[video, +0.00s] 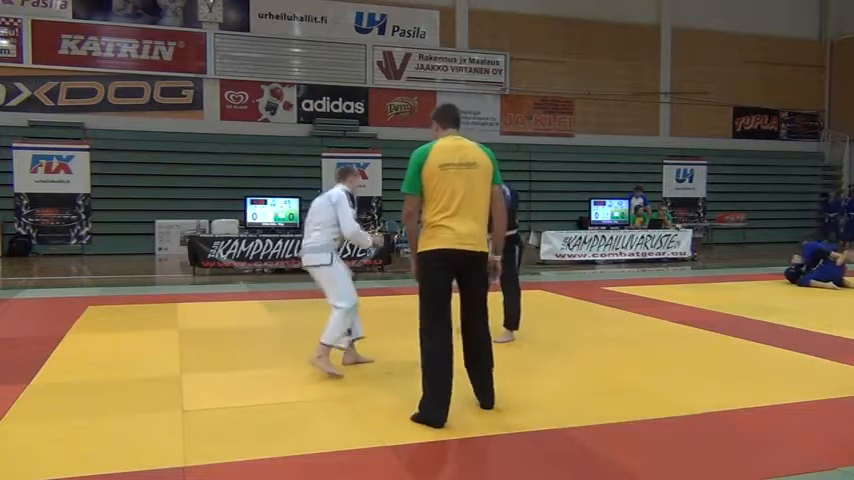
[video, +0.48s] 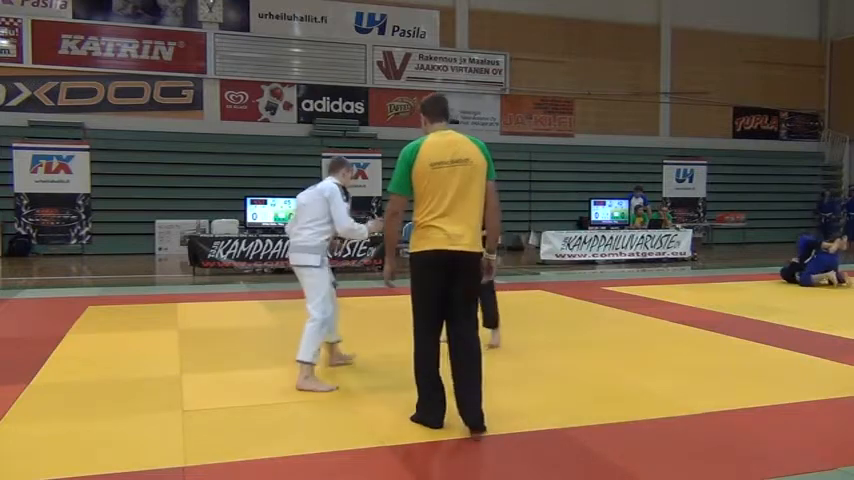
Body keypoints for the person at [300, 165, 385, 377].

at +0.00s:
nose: (359, 184)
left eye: (359, 180)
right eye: (358, 180)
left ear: (341, 179)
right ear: (350, 179)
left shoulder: (325, 197)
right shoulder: (341, 195)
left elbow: (324, 233)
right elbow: (350, 230)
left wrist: (339, 262)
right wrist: (371, 240)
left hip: (315, 255)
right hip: (321, 255)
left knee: (348, 299)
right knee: (346, 302)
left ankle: (350, 350)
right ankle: (321, 354)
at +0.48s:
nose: (352, 181)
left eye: (353, 177)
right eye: (352, 176)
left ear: (331, 171)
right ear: (345, 172)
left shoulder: (307, 193)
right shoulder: (333, 189)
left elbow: (290, 228)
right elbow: (344, 228)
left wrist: (325, 238)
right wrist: (368, 229)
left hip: (300, 255)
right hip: (312, 256)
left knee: (329, 303)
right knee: (319, 312)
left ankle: (334, 352)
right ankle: (305, 375)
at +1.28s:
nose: (289, 183)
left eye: (290, 178)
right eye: (288, 178)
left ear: (276, 174)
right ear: (277, 174)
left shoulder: (269, 196)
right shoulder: (254, 191)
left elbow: (262, 229)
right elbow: (259, 229)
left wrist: (291, 233)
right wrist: (292, 233)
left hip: (251, 257)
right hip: (230, 257)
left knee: (275, 294)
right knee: (223, 308)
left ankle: (280, 348)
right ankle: (197, 360)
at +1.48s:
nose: (287, 188)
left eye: (288, 183)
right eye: (286, 182)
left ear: (274, 178)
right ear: (277, 179)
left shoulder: (266, 201)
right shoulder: (252, 192)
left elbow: (257, 228)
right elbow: (241, 227)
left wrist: (283, 229)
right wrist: (270, 238)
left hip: (240, 255)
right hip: (219, 252)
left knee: (251, 296)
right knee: (219, 305)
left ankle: (242, 347)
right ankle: (195, 357)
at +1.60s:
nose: (280, 199)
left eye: (281, 195)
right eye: (280, 194)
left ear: (268, 190)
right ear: (270, 190)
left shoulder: (261, 214)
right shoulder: (248, 203)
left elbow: (263, 243)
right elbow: (237, 239)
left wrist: (293, 235)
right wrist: (264, 255)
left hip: (233, 260)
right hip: (211, 258)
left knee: (253, 295)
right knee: (215, 310)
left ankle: (243, 347)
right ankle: (174, 357)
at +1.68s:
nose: (272, 201)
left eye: (273, 197)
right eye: (271, 196)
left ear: (259, 194)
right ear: (261, 193)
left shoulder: (253, 217)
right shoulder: (239, 207)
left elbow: (256, 247)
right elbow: (231, 244)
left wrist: (287, 242)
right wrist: (260, 258)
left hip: (228, 264)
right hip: (206, 263)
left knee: (248, 295)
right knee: (206, 314)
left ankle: (242, 348)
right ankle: (158, 359)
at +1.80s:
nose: (254, 197)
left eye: (255, 193)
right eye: (253, 192)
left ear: (242, 188)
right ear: (242, 188)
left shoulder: (237, 211)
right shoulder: (221, 205)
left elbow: (226, 244)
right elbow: (221, 245)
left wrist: (252, 250)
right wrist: (254, 251)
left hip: (214, 267)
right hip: (193, 266)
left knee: (236, 295)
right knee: (183, 321)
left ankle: (241, 348)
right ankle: (140, 369)